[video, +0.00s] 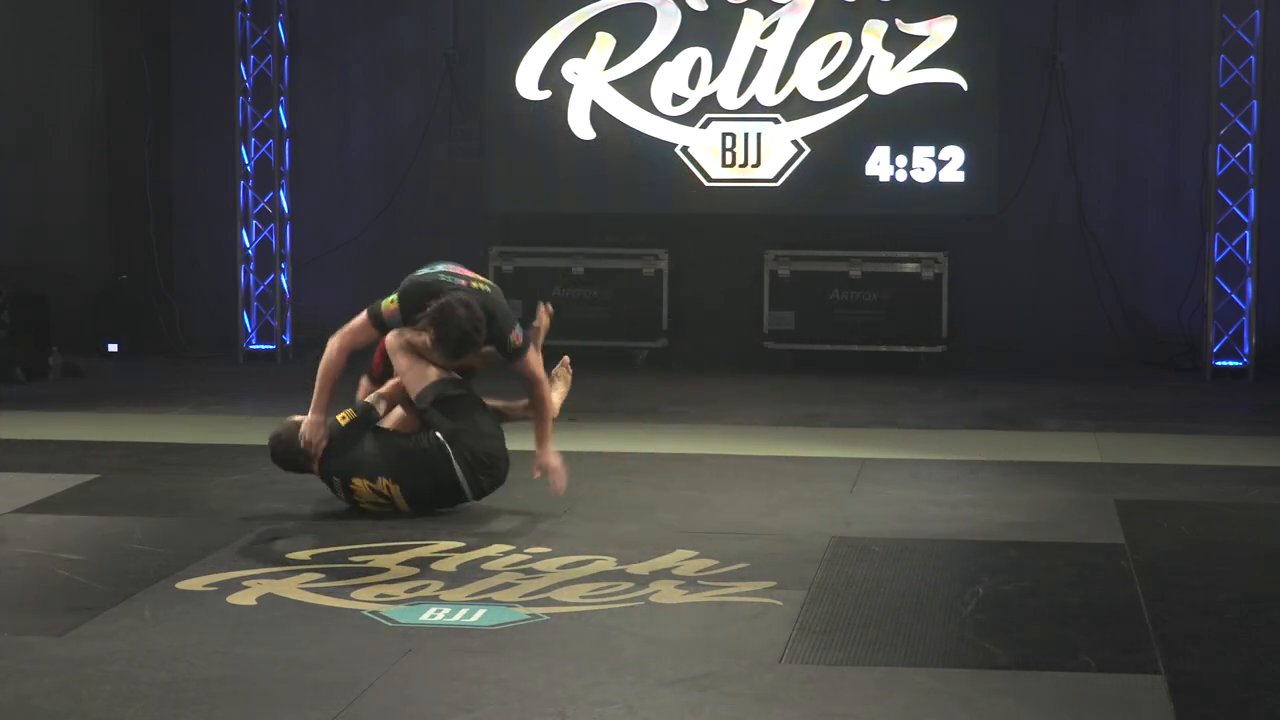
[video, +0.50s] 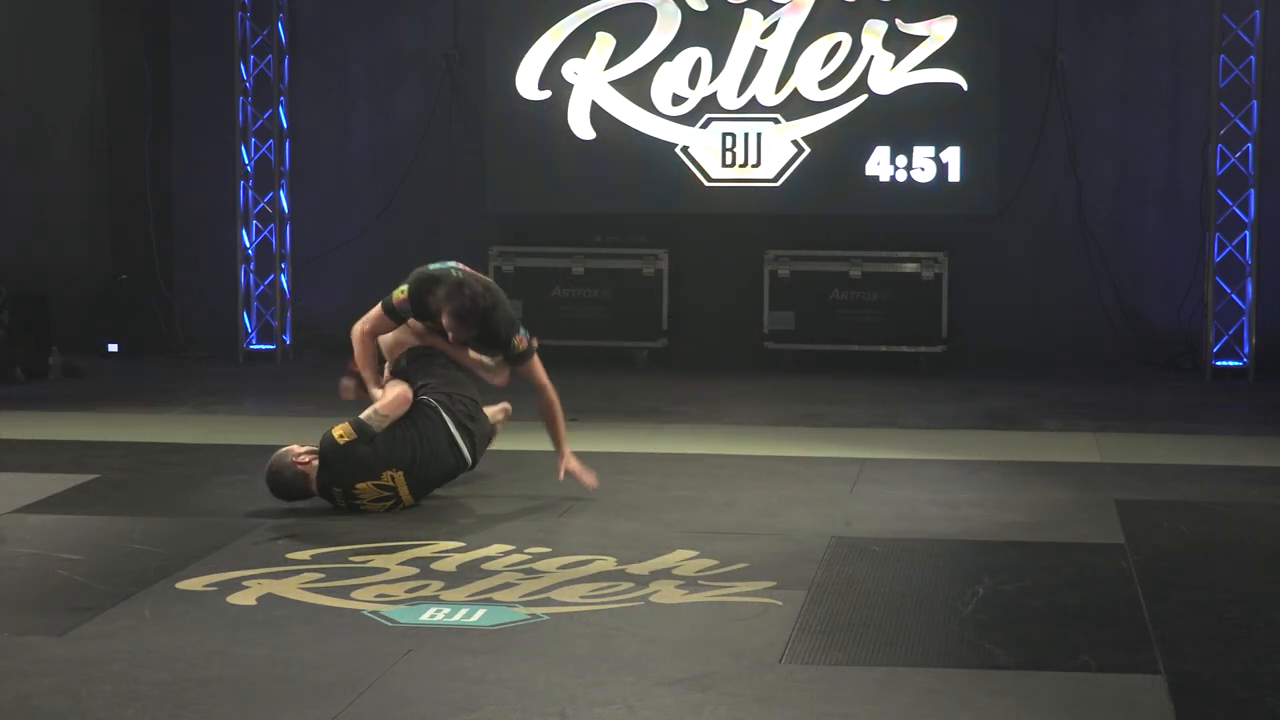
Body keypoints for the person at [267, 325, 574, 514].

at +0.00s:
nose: (307, 421)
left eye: (304, 420)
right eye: (303, 421)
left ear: (298, 467)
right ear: (305, 436)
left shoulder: (340, 486)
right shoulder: (333, 437)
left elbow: (402, 423)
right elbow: (396, 392)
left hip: (479, 480)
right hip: (471, 454)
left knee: (439, 399)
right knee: (399, 341)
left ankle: (541, 404)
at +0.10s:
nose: (323, 418)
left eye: (316, 419)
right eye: (316, 421)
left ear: (309, 472)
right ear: (315, 432)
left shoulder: (358, 495)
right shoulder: (340, 432)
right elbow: (406, 400)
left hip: (489, 473)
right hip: (465, 429)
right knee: (390, 341)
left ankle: (550, 404)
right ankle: (515, 356)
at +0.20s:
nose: (322, 424)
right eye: (318, 427)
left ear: (306, 472)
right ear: (314, 434)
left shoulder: (353, 493)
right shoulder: (338, 436)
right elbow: (402, 406)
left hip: (474, 479)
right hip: (460, 430)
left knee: (494, 451)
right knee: (381, 341)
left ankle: (547, 413)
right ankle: (497, 357)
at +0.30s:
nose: (313, 430)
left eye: (306, 430)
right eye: (308, 433)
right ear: (306, 445)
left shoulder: (352, 499)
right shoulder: (327, 441)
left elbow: (419, 493)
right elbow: (395, 404)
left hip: (476, 469)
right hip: (448, 416)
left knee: (519, 424)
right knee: (379, 334)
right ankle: (484, 353)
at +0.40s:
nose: (305, 440)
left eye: (300, 439)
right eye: (302, 441)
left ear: (301, 491)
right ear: (300, 449)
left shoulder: (347, 501)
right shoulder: (324, 446)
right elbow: (396, 400)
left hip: (471, 458)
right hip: (445, 411)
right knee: (386, 334)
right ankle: (482, 360)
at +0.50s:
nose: (306, 444)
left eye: (298, 443)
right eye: (302, 445)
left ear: (299, 495)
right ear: (302, 455)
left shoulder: (343, 502)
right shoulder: (334, 446)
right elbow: (403, 395)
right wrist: (388, 382)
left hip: (464, 454)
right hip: (446, 409)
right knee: (394, 336)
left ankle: (497, 416)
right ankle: (488, 364)